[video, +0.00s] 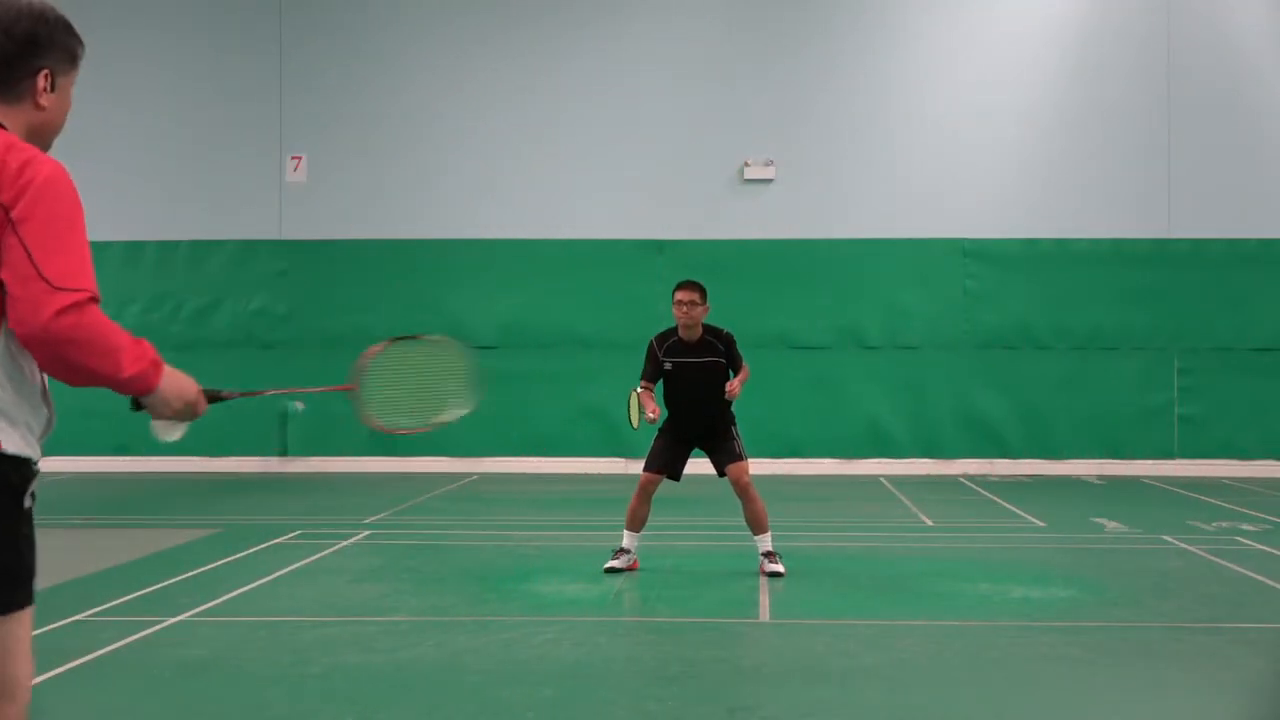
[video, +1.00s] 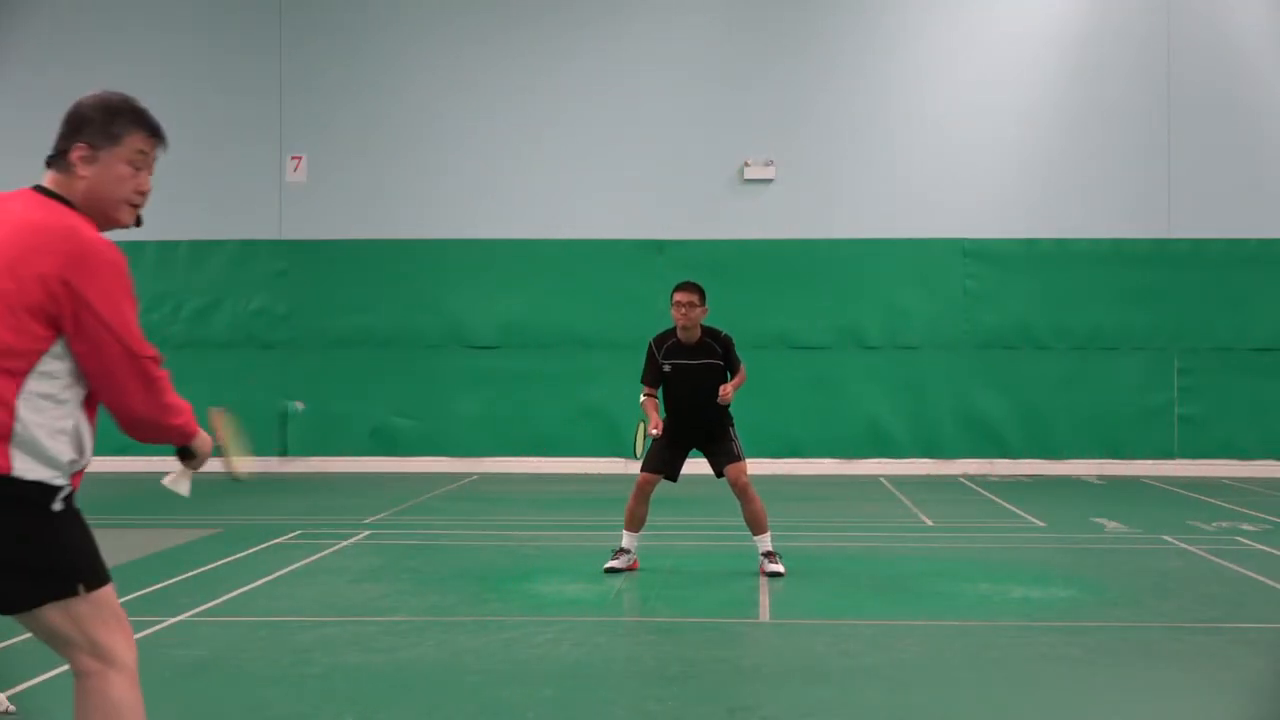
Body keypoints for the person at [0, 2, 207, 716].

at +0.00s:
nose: (69, 108)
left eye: (69, 89)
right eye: (70, 88)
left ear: (19, 86)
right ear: (44, 86)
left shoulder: (22, 175)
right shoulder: (27, 173)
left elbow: (39, 313)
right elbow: (49, 316)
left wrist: (142, 375)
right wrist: (152, 378)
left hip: (8, 457)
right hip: (1, 456)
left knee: (13, 684)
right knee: (8, 689)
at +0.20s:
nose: (81, 133)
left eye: (84, 115)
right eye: (77, 111)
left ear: (23, 108)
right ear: (26, 107)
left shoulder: (17, 200)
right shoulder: (23, 206)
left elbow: (71, 344)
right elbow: (84, 354)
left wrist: (123, 405)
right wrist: (139, 415)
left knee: (6, 673)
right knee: (3, 678)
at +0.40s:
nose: (47, 148)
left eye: (54, 133)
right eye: (32, 126)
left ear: (51, 139)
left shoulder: (11, 222)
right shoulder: (5, 222)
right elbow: (49, 372)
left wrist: (57, 342)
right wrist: (89, 390)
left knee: (7, 660)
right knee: (4, 662)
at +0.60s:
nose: (24, 159)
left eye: (36, 147)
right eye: (10, 138)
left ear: (41, 160)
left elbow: (8, 359)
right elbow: (4, 377)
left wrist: (48, 398)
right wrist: (53, 402)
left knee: (26, 633)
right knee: (26, 633)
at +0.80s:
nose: (57, 169)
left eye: (69, 158)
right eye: (40, 146)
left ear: (73, 170)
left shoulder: (11, 234)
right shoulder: (5, 235)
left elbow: (21, 370)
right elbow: (22, 375)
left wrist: (91, 419)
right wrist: (100, 420)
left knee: (32, 667)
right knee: (36, 668)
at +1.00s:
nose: (147, 186)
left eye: (151, 171)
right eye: (136, 166)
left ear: (78, 162)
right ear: (80, 159)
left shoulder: (14, 213)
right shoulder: (81, 248)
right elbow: (132, 387)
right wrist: (187, 435)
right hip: (19, 485)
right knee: (105, 654)